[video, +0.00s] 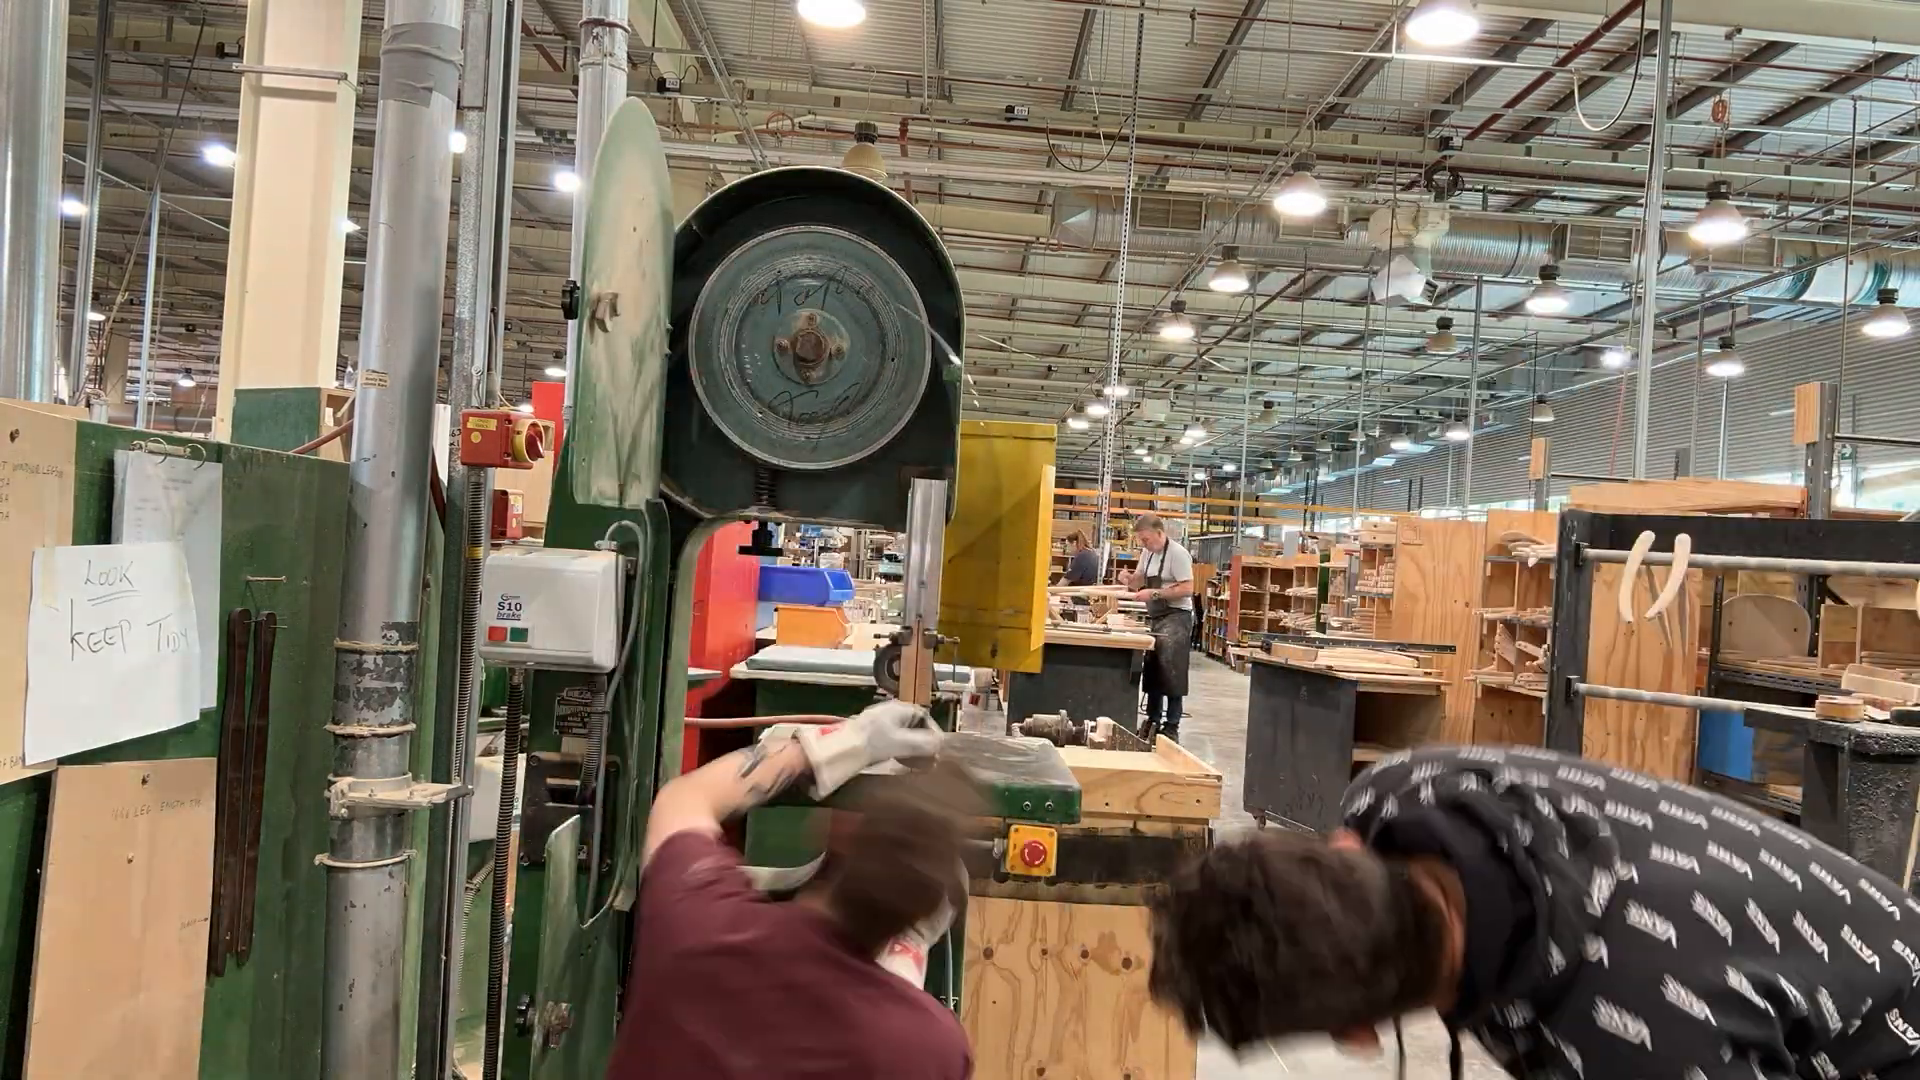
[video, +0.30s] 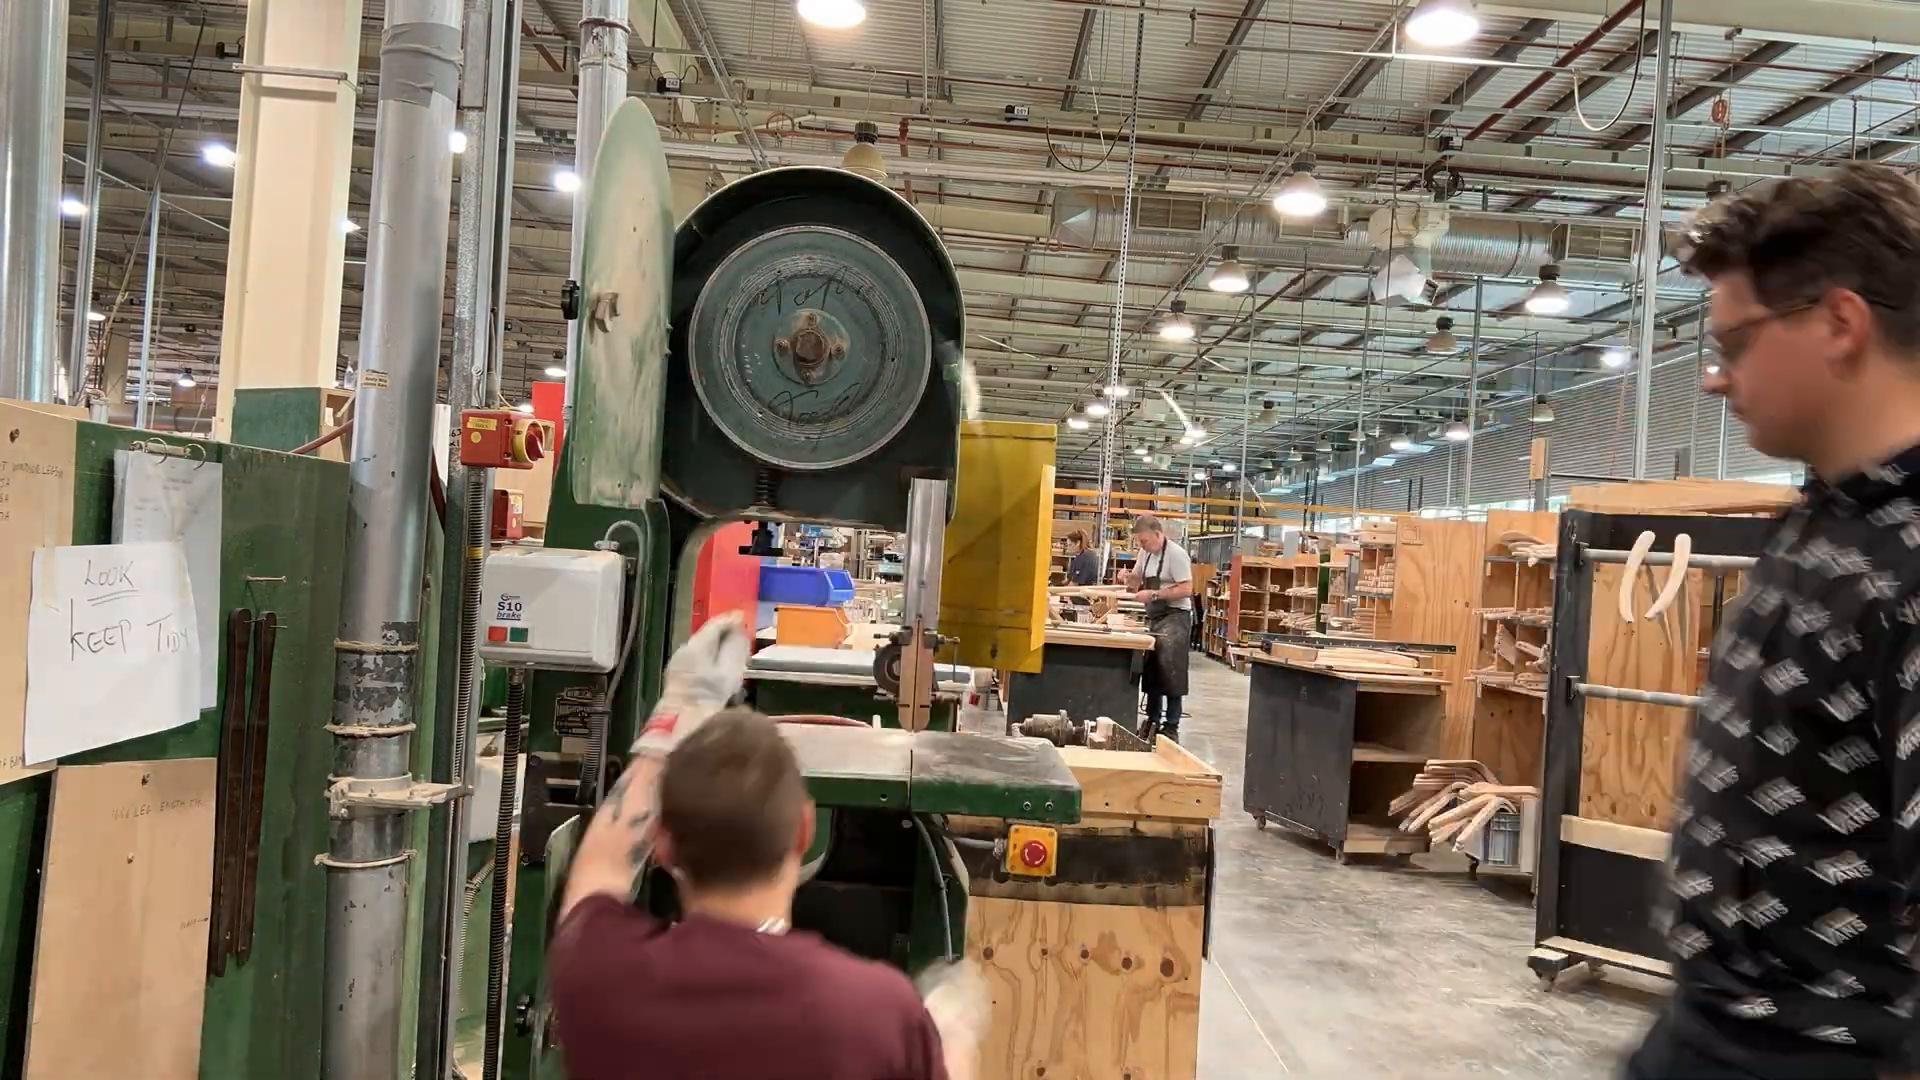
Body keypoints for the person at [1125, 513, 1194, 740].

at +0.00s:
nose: (1143, 544)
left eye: (1145, 539)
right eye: (1141, 540)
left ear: (1159, 533)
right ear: (1142, 536)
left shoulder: (1178, 553)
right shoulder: (1147, 553)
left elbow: (1188, 588)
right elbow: (1138, 582)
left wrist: (1154, 593)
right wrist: (1129, 580)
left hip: (1177, 616)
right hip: (1156, 616)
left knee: (1172, 670)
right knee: (1153, 669)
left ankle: (1171, 726)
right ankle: (1153, 720)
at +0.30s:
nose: (1141, 545)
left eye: (1144, 540)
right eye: (1139, 541)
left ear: (1158, 534)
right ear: (1142, 537)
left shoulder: (1177, 554)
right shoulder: (1145, 553)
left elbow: (1186, 588)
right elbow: (1137, 581)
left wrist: (1153, 594)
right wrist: (1129, 579)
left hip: (1176, 615)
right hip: (1155, 614)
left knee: (1171, 668)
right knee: (1152, 667)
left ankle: (1171, 725)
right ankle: (1152, 720)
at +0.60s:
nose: (1142, 545)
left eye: (1144, 540)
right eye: (1140, 541)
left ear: (1159, 534)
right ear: (1141, 537)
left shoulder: (1178, 554)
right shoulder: (1146, 553)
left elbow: (1184, 589)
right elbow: (1137, 584)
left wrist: (1151, 597)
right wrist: (1121, 597)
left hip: (1177, 618)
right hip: (1156, 618)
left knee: (1173, 671)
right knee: (1151, 670)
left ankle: (1172, 727)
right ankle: (1149, 721)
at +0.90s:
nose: (1143, 545)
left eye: (1146, 540)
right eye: (1140, 541)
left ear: (1159, 533)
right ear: (1140, 538)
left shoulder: (1179, 554)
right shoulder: (1147, 554)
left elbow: (1183, 590)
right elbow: (1140, 582)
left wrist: (1151, 598)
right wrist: (1120, 598)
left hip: (1178, 617)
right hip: (1157, 617)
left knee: (1174, 672)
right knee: (1151, 671)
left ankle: (1172, 728)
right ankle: (1149, 721)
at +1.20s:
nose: (1138, 542)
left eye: (1140, 537)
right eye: (1136, 538)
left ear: (1154, 532)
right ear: (1148, 534)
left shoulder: (1177, 552)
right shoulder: (1146, 555)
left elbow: (1191, 587)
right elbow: (1140, 588)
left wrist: (1159, 598)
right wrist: (1121, 602)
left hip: (1176, 619)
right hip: (1155, 619)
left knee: (1173, 673)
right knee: (1150, 672)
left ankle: (1171, 728)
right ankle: (1148, 722)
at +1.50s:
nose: (1174, 536)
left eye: (1177, 531)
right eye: (1173, 532)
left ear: (1193, 530)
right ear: (1179, 531)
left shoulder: (1204, 553)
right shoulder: (1178, 551)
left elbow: (1204, 587)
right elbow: (1169, 579)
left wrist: (1169, 582)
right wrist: (1147, 575)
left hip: (1194, 618)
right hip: (1176, 617)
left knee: (1191, 675)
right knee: (1170, 674)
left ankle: (1190, 730)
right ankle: (1166, 724)